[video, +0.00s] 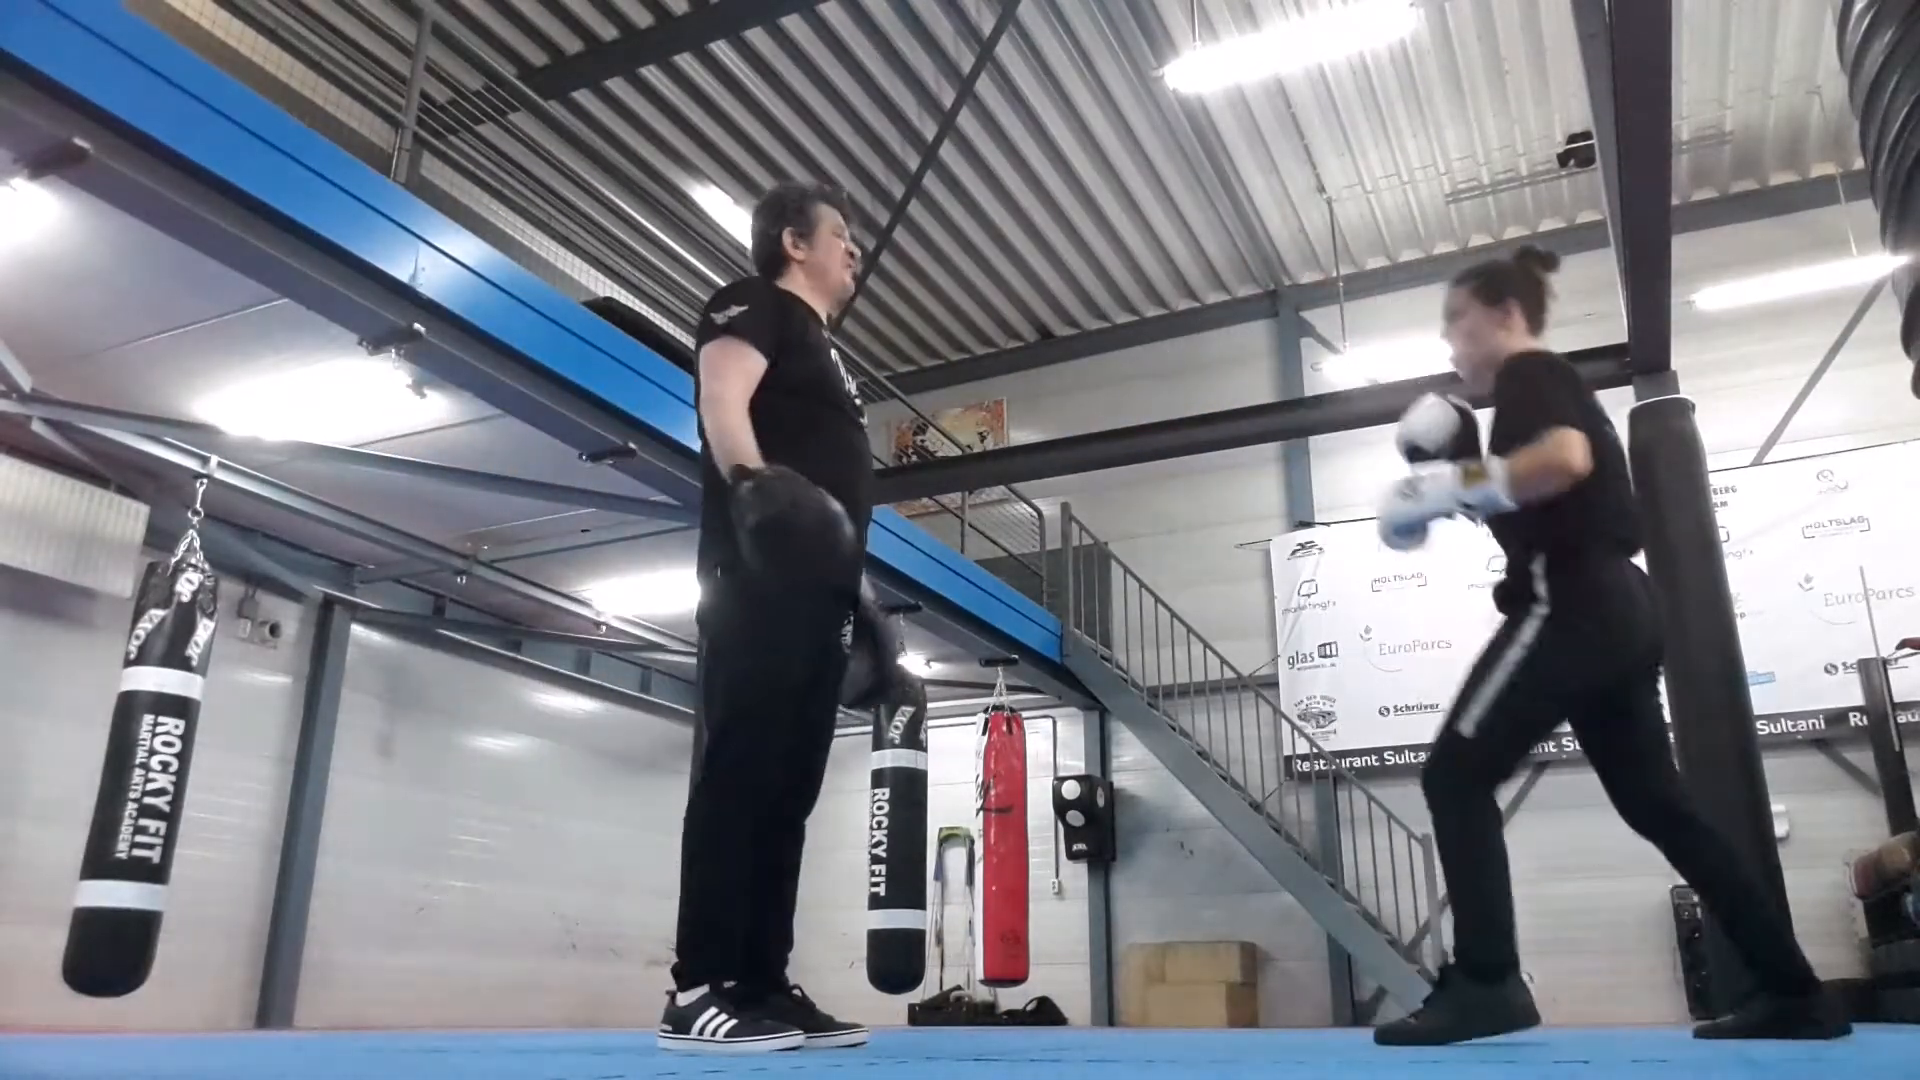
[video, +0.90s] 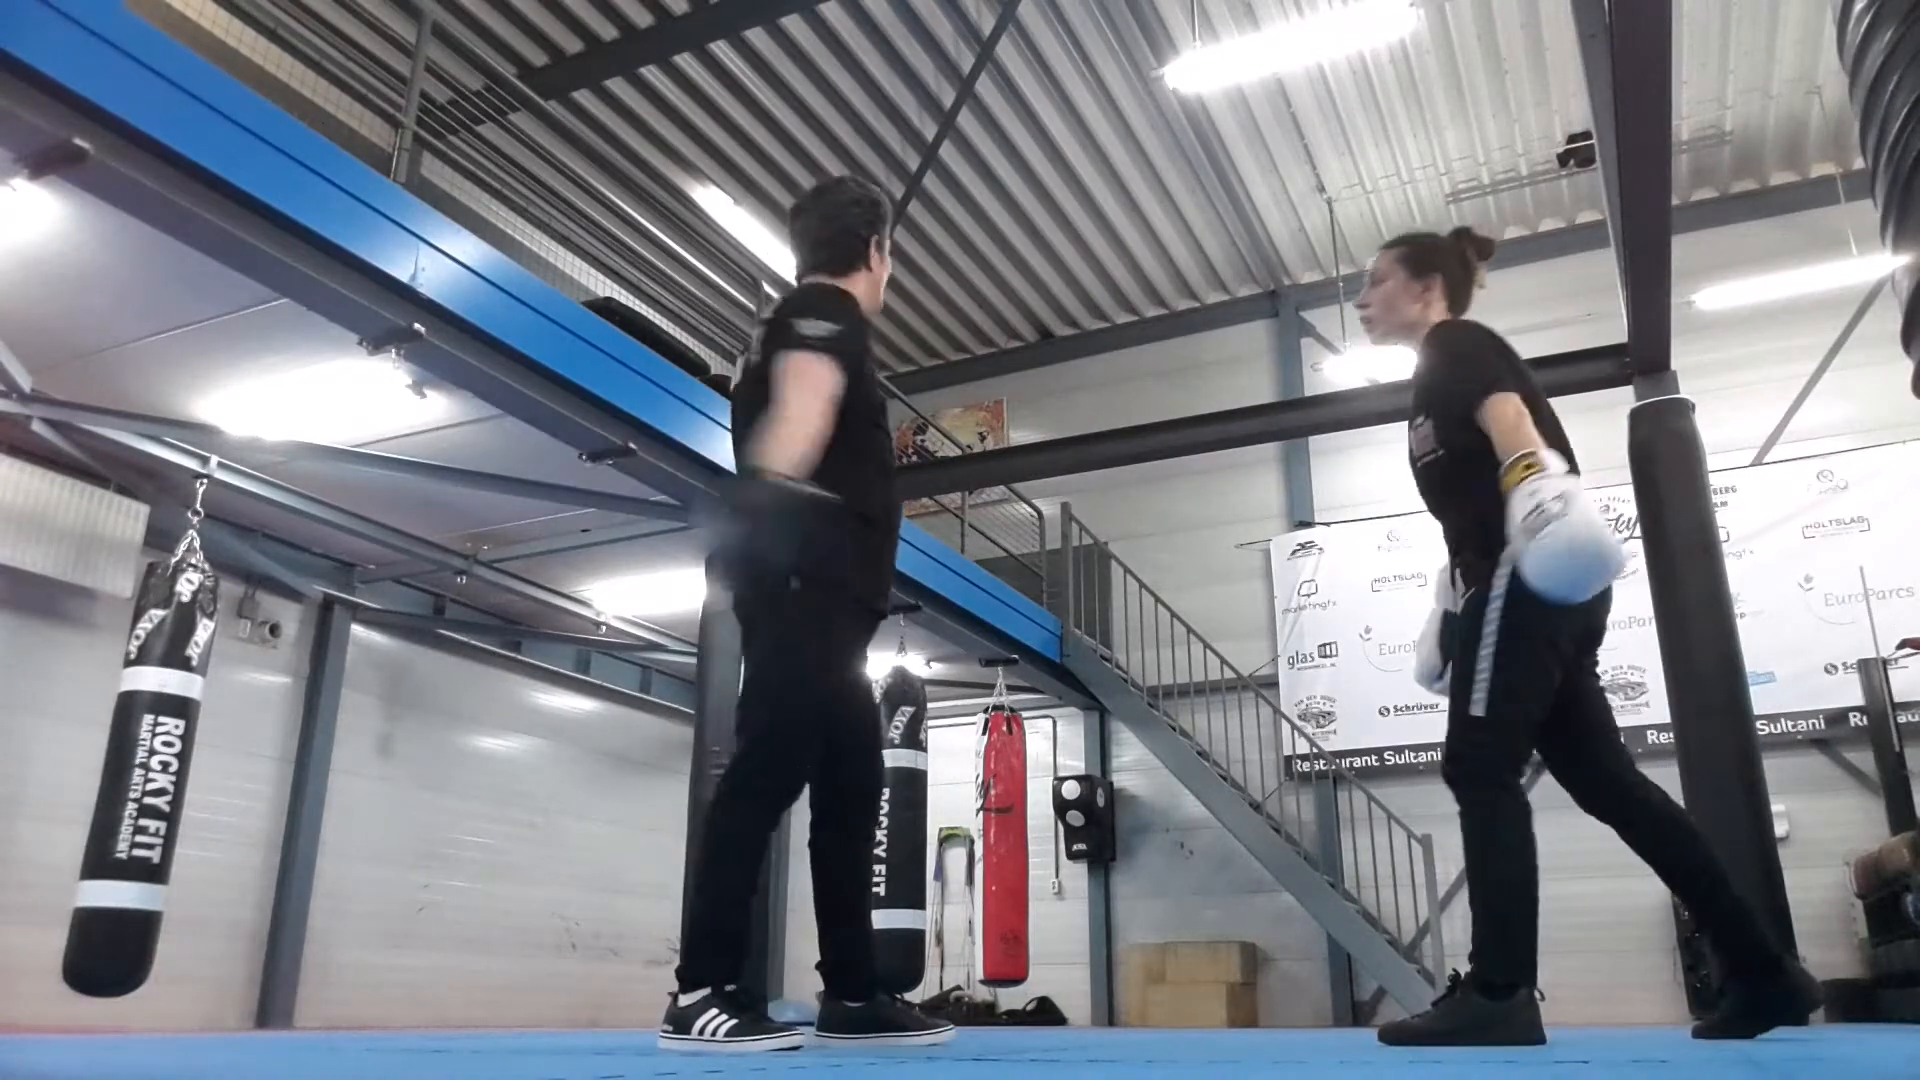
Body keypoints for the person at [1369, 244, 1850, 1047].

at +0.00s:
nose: (1449, 343)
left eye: (1457, 324)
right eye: (1447, 326)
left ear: (1505, 316)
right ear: (1513, 322)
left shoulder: (1528, 377)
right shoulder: (1548, 386)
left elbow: (1567, 457)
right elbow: (1532, 497)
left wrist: (1460, 485)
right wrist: (1451, 483)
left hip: (1574, 606)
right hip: (1616, 604)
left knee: (1454, 772)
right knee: (1655, 801)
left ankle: (1485, 983)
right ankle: (1790, 988)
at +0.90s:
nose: (1363, 298)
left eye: (1376, 283)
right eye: (1365, 285)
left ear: (1425, 287)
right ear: (1422, 292)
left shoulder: (1456, 342)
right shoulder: (1436, 379)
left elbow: (1506, 413)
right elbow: (1471, 513)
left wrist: (1532, 488)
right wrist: (1451, 612)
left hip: (1525, 574)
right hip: (1534, 582)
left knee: (1478, 766)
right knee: (1604, 780)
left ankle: (1497, 996)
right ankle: (1762, 975)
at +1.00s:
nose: (1345, 306)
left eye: (1358, 292)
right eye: (1346, 294)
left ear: (1407, 296)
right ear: (1396, 303)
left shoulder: (1447, 349)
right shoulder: (1412, 399)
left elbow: (1516, 407)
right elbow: (1451, 519)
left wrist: (1555, 476)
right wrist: (1431, 618)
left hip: (1527, 576)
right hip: (1526, 589)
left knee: (1461, 769)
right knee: (1619, 786)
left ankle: (1496, 996)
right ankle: (1768, 973)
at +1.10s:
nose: (1327, 308)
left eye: (1341, 292)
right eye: (1329, 295)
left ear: (1392, 298)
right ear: (1378, 306)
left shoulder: (1439, 350)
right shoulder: (1388, 411)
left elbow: (1526, 405)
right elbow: (1408, 527)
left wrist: (1543, 471)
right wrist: (1403, 632)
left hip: (1514, 576)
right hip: (1509, 591)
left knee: (1447, 772)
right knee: (1621, 785)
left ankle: (1496, 995)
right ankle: (1766, 973)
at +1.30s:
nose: (1303, 285)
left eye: (1316, 269)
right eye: (1305, 272)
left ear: (1364, 273)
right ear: (1359, 279)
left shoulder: (1408, 332)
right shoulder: (1369, 391)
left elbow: (1453, 405)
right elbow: (1335, 499)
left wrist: (1463, 503)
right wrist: (1284, 572)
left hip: (1470, 560)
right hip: (1508, 563)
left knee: (1455, 768)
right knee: (1524, 777)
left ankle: (1499, 994)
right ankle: (1700, 947)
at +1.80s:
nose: (1298, 330)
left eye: (1300, 317)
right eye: (1300, 318)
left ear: (1321, 313)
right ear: (1367, 320)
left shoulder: (1321, 372)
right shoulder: (1401, 390)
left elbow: (1282, 476)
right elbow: (1360, 504)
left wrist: (1216, 561)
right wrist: (1271, 505)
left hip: (1383, 579)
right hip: (1445, 583)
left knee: (1441, 779)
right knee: (1370, 784)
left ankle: (1500, 994)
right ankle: (1389, 991)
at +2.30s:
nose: (1253, 395)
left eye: (1253, 386)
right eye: (1254, 387)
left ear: (1265, 378)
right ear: (1318, 379)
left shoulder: (1272, 414)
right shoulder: (1368, 445)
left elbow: (1268, 477)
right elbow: (1430, 523)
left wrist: (1229, 560)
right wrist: (1498, 592)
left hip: (1306, 613)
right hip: (1382, 622)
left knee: (1247, 785)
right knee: (1371, 806)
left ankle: (1288, 977)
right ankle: (1394, 1001)